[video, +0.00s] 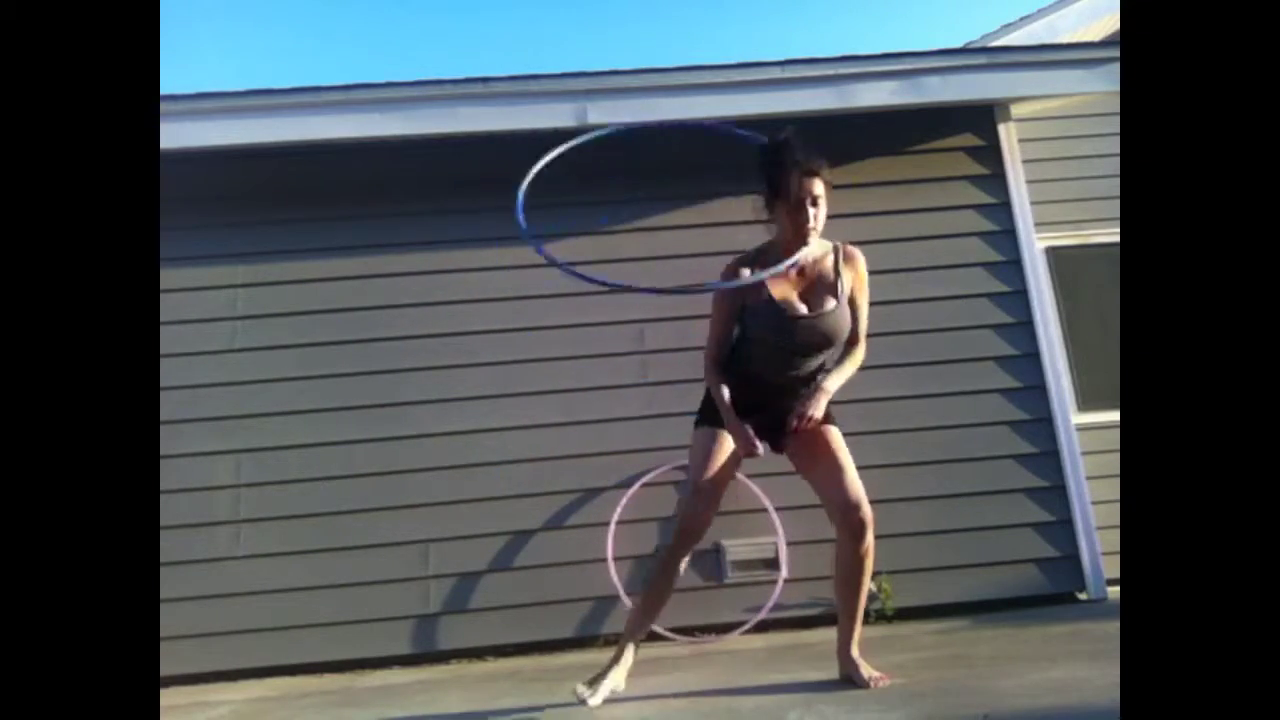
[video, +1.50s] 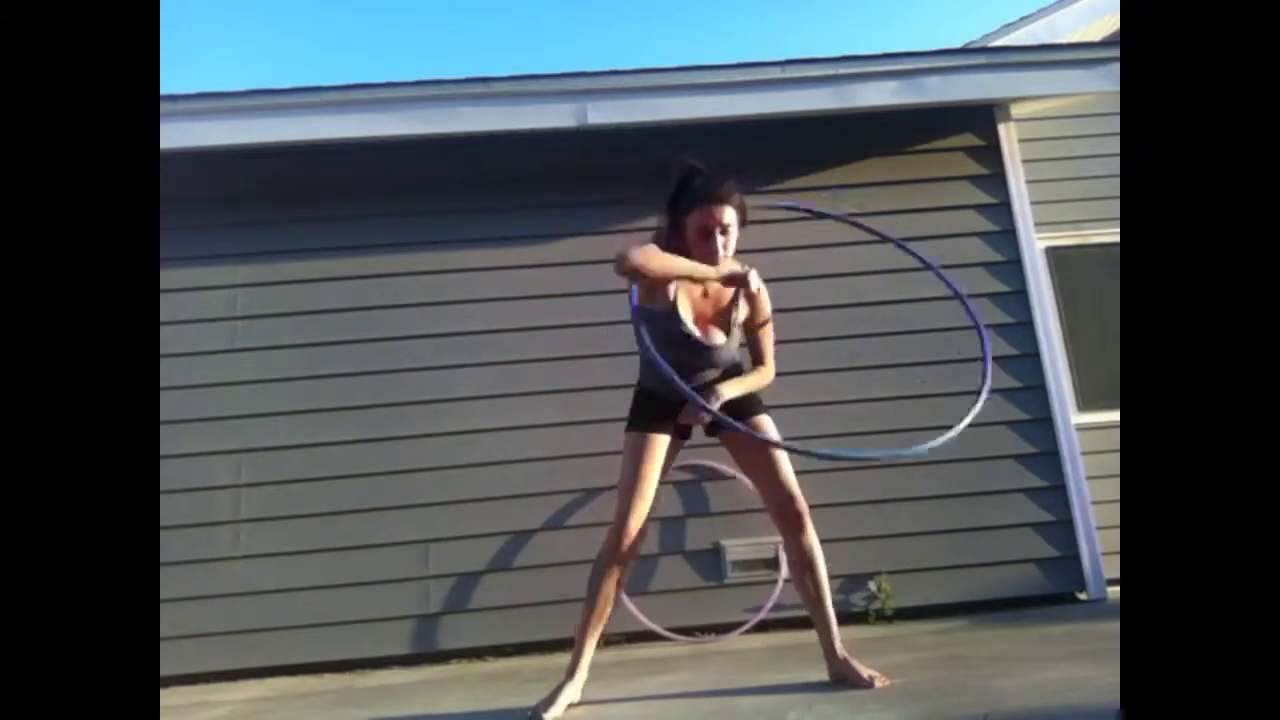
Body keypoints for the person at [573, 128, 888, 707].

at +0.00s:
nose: (810, 212)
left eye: (818, 199)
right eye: (798, 201)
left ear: (829, 200)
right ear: (773, 207)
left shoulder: (848, 263)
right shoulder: (742, 274)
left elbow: (857, 345)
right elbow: (713, 363)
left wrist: (823, 392)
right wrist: (732, 422)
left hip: (802, 405)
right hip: (736, 402)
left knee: (858, 517)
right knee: (687, 529)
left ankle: (849, 652)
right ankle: (622, 659)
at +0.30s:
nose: (769, 254)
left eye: (779, 242)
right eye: (757, 243)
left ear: (788, 242)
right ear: (732, 242)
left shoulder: (800, 285)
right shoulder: (697, 300)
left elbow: (833, 370)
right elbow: (672, 378)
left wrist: (816, 319)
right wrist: (696, 438)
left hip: (768, 418)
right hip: (701, 421)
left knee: (840, 520)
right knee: (642, 545)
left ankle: (848, 655)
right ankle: (580, 675)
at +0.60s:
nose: (672, 209)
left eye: (679, 199)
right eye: (658, 200)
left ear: (690, 210)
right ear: (633, 215)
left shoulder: (701, 256)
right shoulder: (616, 281)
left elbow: (719, 188)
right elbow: (618, 359)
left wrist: (654, 150)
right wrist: (630, 415)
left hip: (717, 403)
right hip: (649, 412)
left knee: (789, 528)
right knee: (601, 535)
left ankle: (841, 652)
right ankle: (576, 675)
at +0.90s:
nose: (627, 240)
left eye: (635, 228)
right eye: (614, 228)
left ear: (643, 230)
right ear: (584, 231)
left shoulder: (660, 278)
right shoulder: (556, 295)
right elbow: (560, 363)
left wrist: (617, 290)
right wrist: (595, 405)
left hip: (678, 400)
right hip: (612, 412)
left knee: (753, 522)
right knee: (584, 534)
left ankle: (843, 652)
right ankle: (575, 681)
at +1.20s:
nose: (642, 214)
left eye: (652, 203)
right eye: (631, 205)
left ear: (669, 209)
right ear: (614, 214)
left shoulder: (694, 273)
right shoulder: (593, 258)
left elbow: (718, 358)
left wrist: (663, 399)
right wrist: (584, 216)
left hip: (685, 396)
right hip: (614, 398)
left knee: (759, 517)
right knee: (587, 534)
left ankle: (833, 655)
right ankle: (574, 682)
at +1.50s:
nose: (719, 242)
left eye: (727, 230)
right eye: (706, 230)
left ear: (738, 229)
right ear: (679, 229)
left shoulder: (748, 287)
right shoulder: (655, 265)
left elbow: (766, 370)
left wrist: (718, 394)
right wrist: (716, 274)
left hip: (734, 397)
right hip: (663, 400)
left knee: (795, 511)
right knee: (626, 534)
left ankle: (836, 655)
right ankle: (575, 677)